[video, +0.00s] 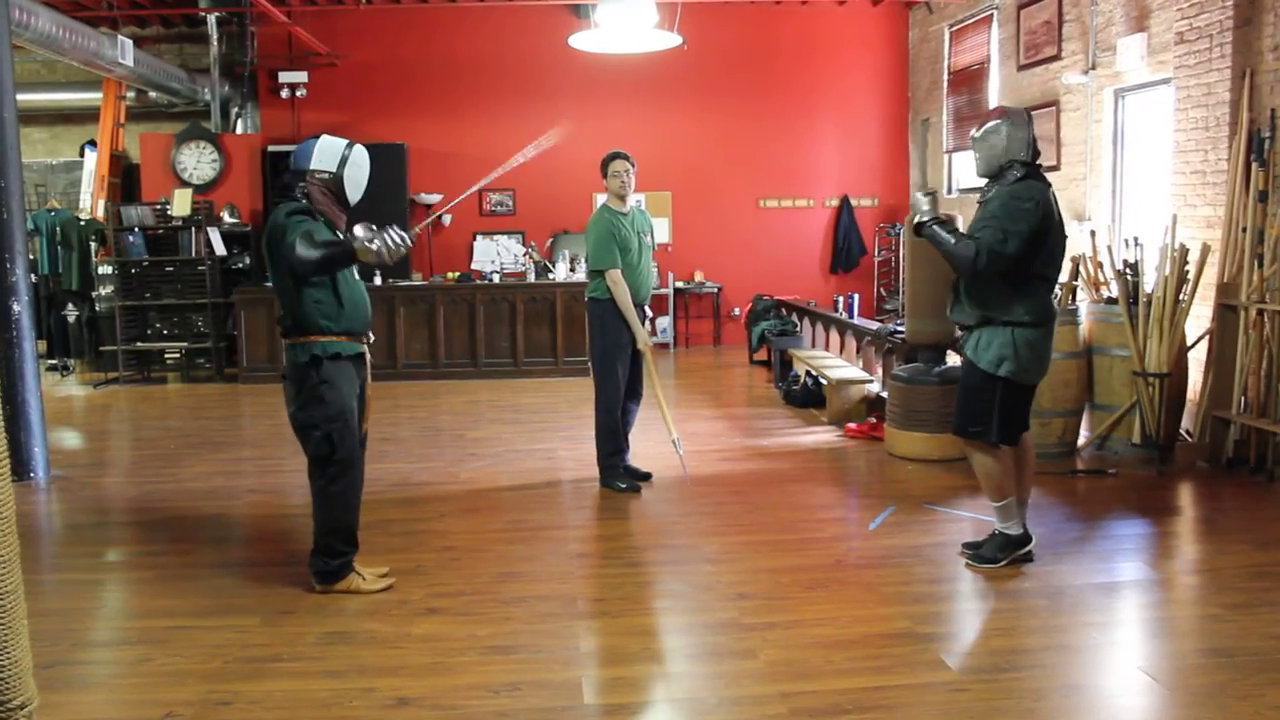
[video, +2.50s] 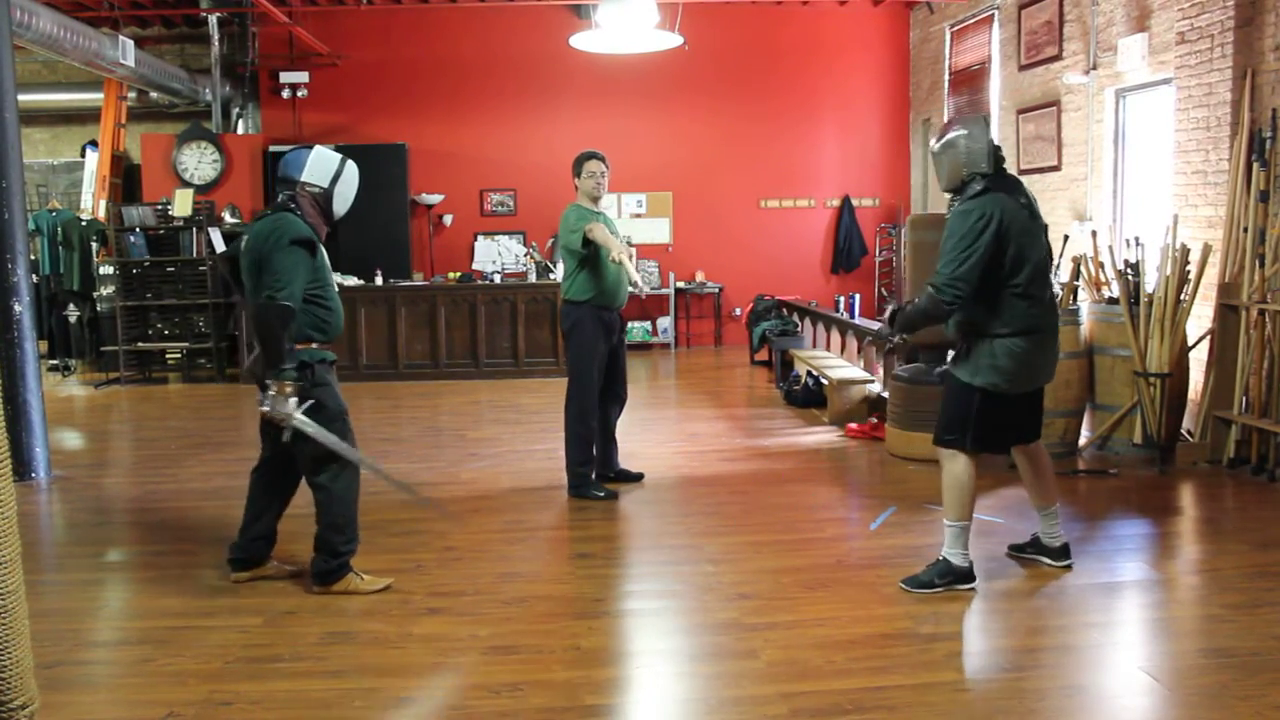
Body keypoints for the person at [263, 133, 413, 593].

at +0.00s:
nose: (352, 190)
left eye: (352, 181)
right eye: (348, 180)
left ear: (320, 176)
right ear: (325, 176)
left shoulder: (325, 222)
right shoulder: (295, 219)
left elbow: (342, 268)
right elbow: (306, 260)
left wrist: (378, 254)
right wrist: (356, 245)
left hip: (343, 357)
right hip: (321, 360)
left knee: (345, 462)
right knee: (337, 463)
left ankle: (339, 562)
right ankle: (333, 570)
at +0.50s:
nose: (354, 199)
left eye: (355, 191)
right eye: (351, 189)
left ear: (314, 182)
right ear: (330, 182)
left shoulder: (286, 225)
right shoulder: (313, 225)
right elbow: (372, 265)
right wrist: (391, 223)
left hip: (315, 360)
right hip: (331, 362)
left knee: (333, 466)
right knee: (342, 465)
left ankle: (335, 563)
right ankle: (335, 570)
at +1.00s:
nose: (357, 199)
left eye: (357, 191)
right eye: (354, 188)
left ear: (316, 181)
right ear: (335, 181)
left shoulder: (287, 224)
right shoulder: (319, 224)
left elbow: (256, 266)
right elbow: (351, 271)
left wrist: (291, 301)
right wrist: (401, 271)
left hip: (306, 359)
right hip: (328, 362)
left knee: (329, 466)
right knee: (342, 466)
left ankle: (334, 562)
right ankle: (335, 571)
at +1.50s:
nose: (338, 207)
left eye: (337, 197)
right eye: (334, 195)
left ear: (297, 188)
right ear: (314, 189)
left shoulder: (268, 228)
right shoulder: (294, 230)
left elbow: (241, 271)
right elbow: (286, 302)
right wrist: (296, 369)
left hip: (287, 360)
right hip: (312, 364)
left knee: (283, 460)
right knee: (337, 463)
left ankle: (251, 556)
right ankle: (337, 569)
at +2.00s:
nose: (322, 199)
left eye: (322, 190)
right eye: (319, 188)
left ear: (283, 182)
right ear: (300, 183)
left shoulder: (275, 227)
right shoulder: (266, 227)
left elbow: (249, 301)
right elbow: (245, 301)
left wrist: (239, 371)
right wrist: (240, 371)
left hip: (289, 362)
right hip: (283, 364)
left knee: (268, 462)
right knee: (318, 458)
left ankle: (247, 559)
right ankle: (335, 569)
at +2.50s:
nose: (338, 207)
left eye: (339, 198)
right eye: (335, 196)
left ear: (295, 189)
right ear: (316, 190)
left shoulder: (264, 231)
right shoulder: (289, 234)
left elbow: (228, 265)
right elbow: (276, 309)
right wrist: (280, 381)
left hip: (285, 366)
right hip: (307, 366)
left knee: (279, 463)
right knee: (338, 462)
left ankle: (249, 558)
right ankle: (334, 568)